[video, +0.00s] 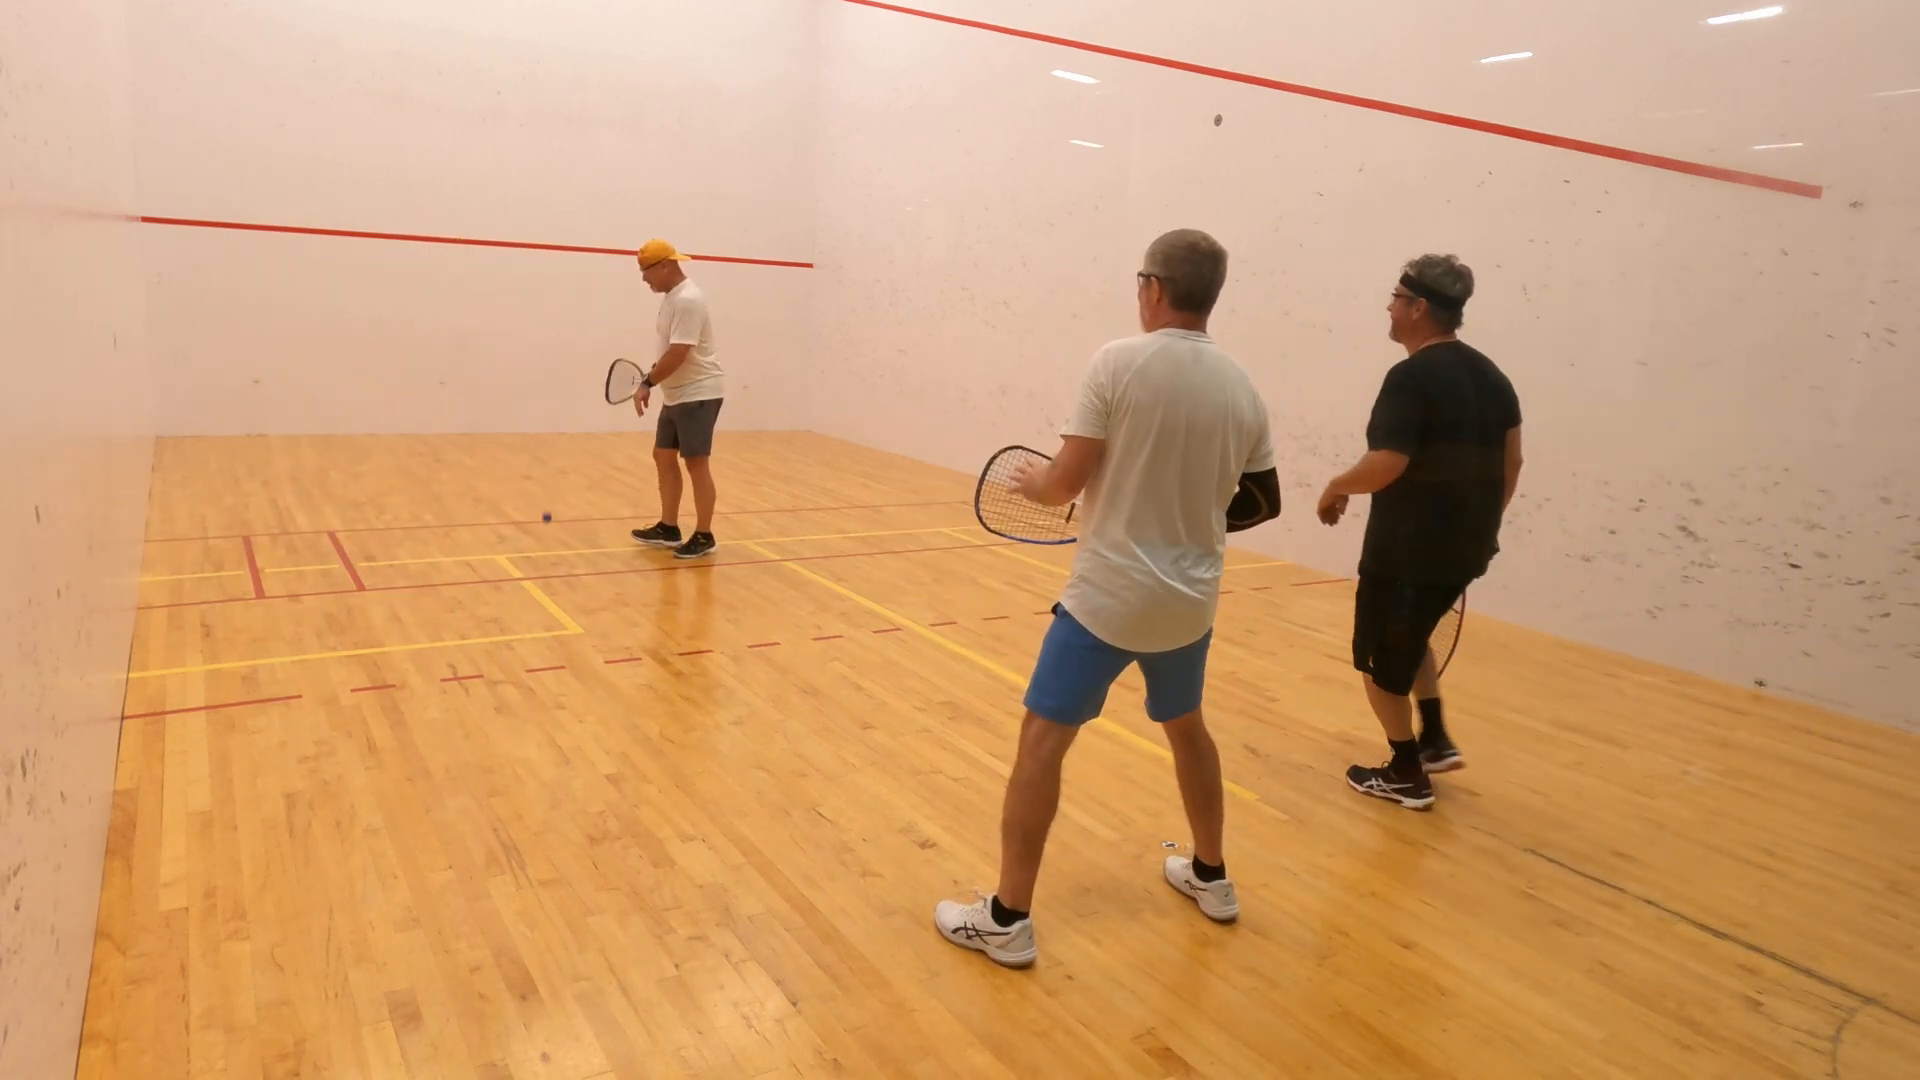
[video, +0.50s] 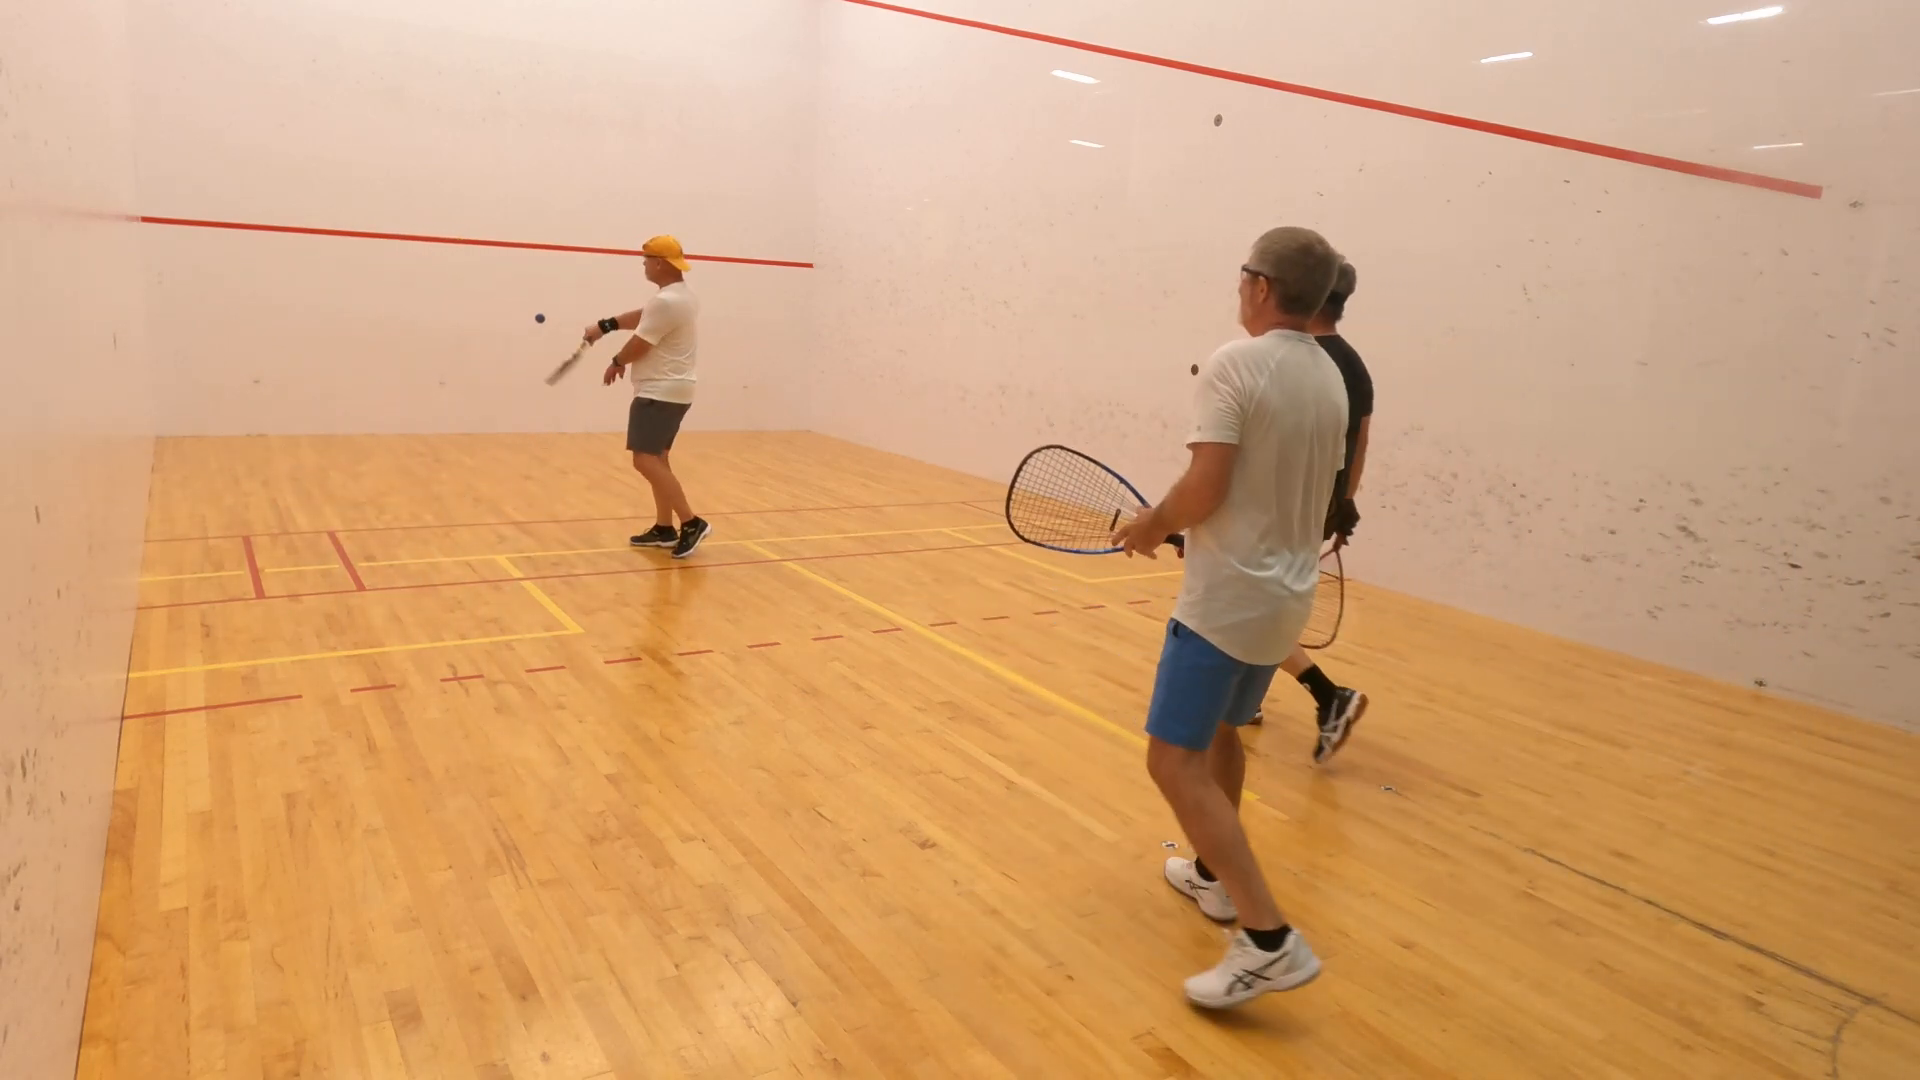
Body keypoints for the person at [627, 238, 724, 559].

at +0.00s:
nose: (644, 279)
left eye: (647, 271)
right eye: (643, 272)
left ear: (667, 267)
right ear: (664, 268)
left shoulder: (688, 300)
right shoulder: (673, 298)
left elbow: (678, 354)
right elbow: (671, 350)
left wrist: (648, 383)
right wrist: (649, 379)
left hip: (699, 394)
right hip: (677, 395)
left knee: (696, 462)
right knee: (664, 455)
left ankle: (704, 535)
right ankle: (669, 527)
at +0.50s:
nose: (644, 266)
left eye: (647, 261)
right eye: (645, 260)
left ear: (662, 265)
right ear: (669, 265)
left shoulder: (665, 302)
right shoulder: (683, 296)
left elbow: (639, 345)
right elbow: (644, 318)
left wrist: (617, 363)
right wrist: (605, 326)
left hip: (658, 394)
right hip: (674, 392)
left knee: (644, 460)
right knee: (657, 458)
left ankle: (691, 523)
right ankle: (664, 527)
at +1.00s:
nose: (656, 259)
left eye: (659, 255)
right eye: (658, 254)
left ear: (666, 261)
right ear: (687, 262)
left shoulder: (656, 302)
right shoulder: (706, 296)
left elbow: (625, 343)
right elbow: (726, 301)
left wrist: (603, 365)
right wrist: (736, 299)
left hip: (661, 399)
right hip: (690, 398)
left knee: (656, 467)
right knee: (670, 463)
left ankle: (687, 539)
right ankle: (666, 525)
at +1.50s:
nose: (704, 267)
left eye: (711, 264)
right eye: (707, 262)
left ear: (730, 272)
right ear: (736, 272)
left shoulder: (717, 311)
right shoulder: (757, 307)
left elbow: (712, 368)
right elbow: (746, 359)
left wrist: (700, 415)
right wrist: (702, 370)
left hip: (712, 417)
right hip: (747, 416)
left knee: (687, 475)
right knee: (743, 483)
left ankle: (687, 543)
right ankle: (762, 552)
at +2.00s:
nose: (764, 280)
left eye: (769, 272)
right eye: (764, 272)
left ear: (792, 273)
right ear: (799, 274)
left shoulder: (785, 316)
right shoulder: (829, 313)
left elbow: (770, 377)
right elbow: (840, 363)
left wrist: (736, 413)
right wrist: (844, 405)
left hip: (786, 426)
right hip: (820, 425)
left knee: (795, 510)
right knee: (790, 501)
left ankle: (832, 588)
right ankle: (773, 561)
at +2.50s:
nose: (842, 275)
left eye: (851, 268)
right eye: (843, 268)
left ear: (876, 276)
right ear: (877, 279)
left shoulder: (867, 319)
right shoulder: (897, 318)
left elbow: (875, 385)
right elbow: (888, 385)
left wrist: (872, 444)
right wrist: (844, 427)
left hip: (858, 447)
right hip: (902, 445)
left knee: (838, 521)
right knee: (900, 531)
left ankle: (835, 598)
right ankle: (923, 617)